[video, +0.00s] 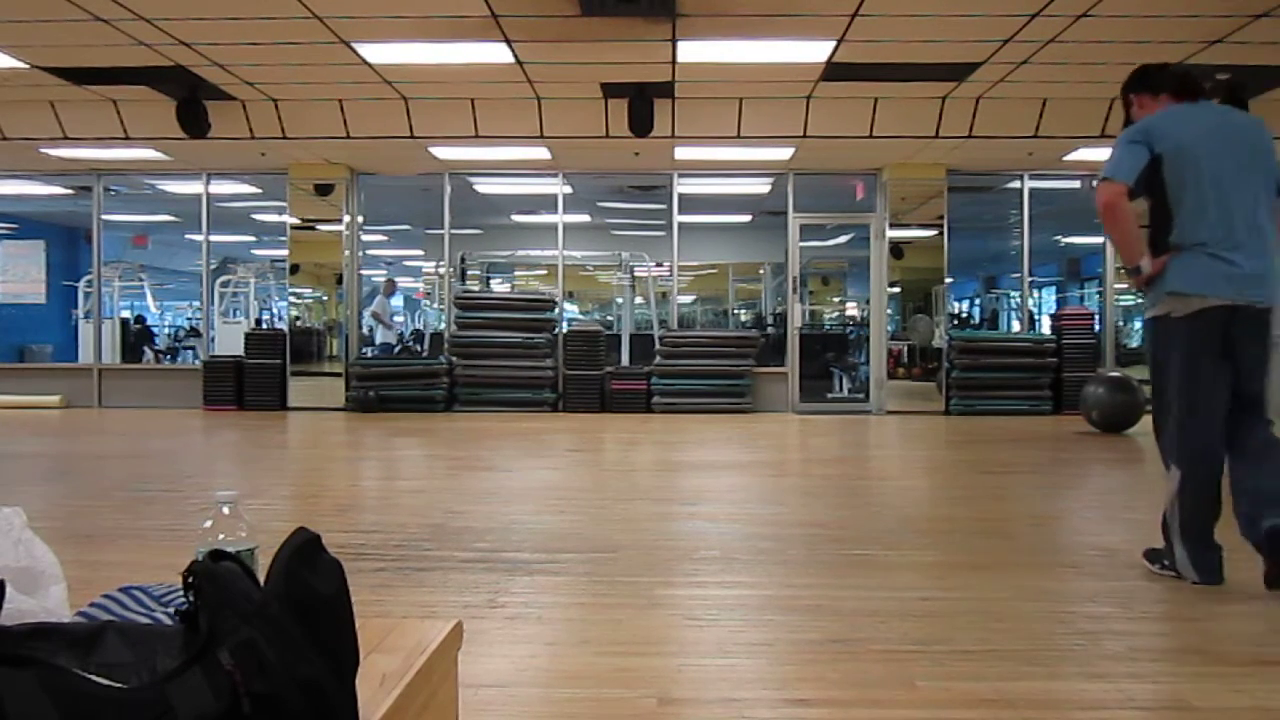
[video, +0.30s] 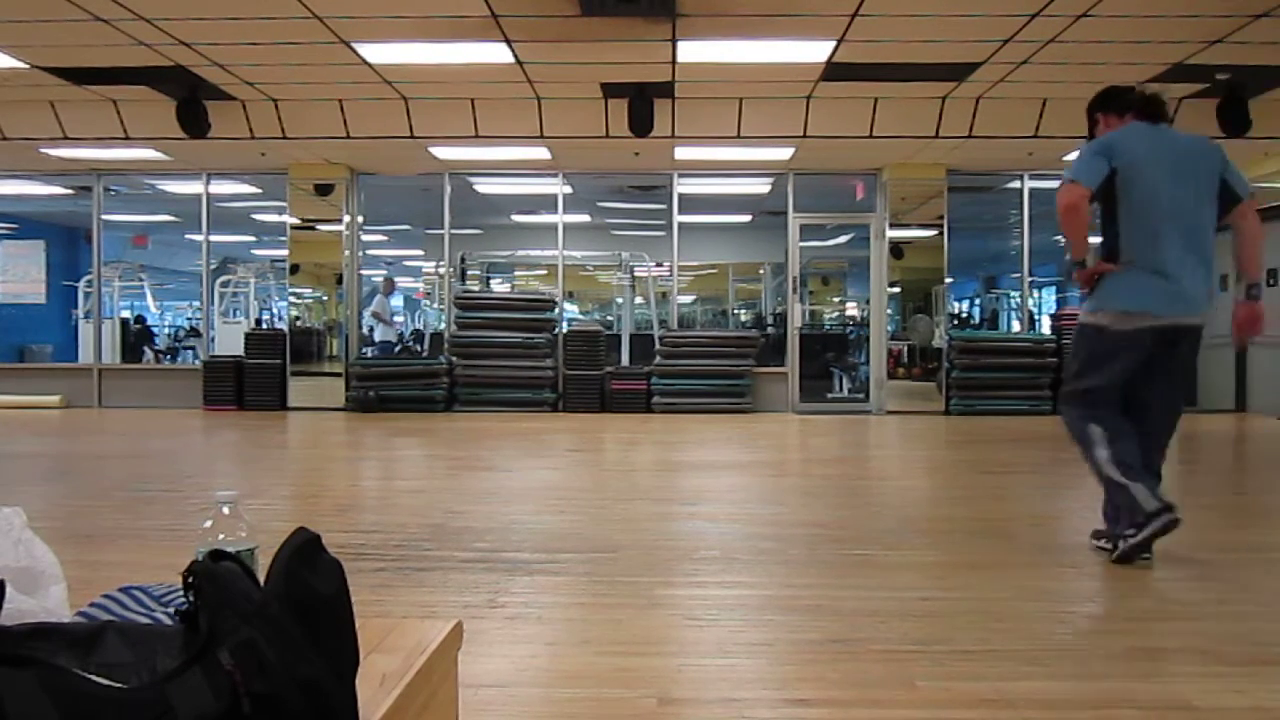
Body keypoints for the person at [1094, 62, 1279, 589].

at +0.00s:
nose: (1132, 122)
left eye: (1131, 114)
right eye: (1130, 115)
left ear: (1146, 100)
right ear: (1186, 95)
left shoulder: (1148, 127)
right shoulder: (1254, 128)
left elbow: (1110, 195)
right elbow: (1274, 200)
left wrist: (1138, 265)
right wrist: (1254, 250)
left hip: (1192, 292)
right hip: (1261, 289)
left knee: (1190, 426)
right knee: (1249, 417)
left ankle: (1193, 556)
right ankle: (1272, 531)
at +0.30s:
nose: (1098, 137)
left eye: (1096, 131)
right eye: (1096, 131)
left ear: (1109, 120)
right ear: (1153, 118)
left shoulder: (1109, 144)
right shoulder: (1207, 149)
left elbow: (1072, 198)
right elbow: (1248, 217)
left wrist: (1081, 263)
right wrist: (1252, 293)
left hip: (1127, 302)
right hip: (1189, 307)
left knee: (1082, 400)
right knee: (1152, 419)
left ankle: (1143, 508)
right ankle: (1126, 528)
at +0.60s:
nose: (1047, 155)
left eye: (1045, 145)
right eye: (1043, 148)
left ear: (1057, 127)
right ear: (1085, 122)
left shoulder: (1070, 157)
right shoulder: (1146, 156)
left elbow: (1055, 222)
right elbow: (1167, 229)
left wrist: (1017, 242)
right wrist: (1114, 238)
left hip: (1091, 307)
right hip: (1149, 306)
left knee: (1056, 399)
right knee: (1146, 416)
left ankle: (1107, 499)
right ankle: (1135, 535)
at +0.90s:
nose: (981, 161)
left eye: (980, 150)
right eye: (977, 154)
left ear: (1000, 136)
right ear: (1005, 137)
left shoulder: (1043, 172)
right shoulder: (1047, 171)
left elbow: (1049, 248)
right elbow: (1038, 236)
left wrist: (984, 244)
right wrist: (997, 208)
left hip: (1048, 325)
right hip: (1069, 324)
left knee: (1013, 421)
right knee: (1082, 425)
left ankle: (979, 515)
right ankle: (1122, 520)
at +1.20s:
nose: (946, 159)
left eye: (946, 149)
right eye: (942, 153)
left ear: (970, 133)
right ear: (971, 138)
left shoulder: (1020, 164)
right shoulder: (986, 178)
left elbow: (1072, 215)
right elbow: (985, 236)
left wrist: (1010, 244)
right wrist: (940, 229)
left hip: (991, 318)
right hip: (982, 316)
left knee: (935, 394)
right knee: (999, 409)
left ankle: (959, 500)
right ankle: (1043, 506)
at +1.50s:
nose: (900, 158)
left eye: (900, 147)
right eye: (896, 150)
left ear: (922, 134)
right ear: (922, 137)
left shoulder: (964, 176)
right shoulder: (942, 180)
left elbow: (969, 253)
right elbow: (944, 244)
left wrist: (902, 247)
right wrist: (902, 236)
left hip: (960, 319)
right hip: (938, 316)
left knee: (929, 406)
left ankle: (937, 514)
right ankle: (992, 476)